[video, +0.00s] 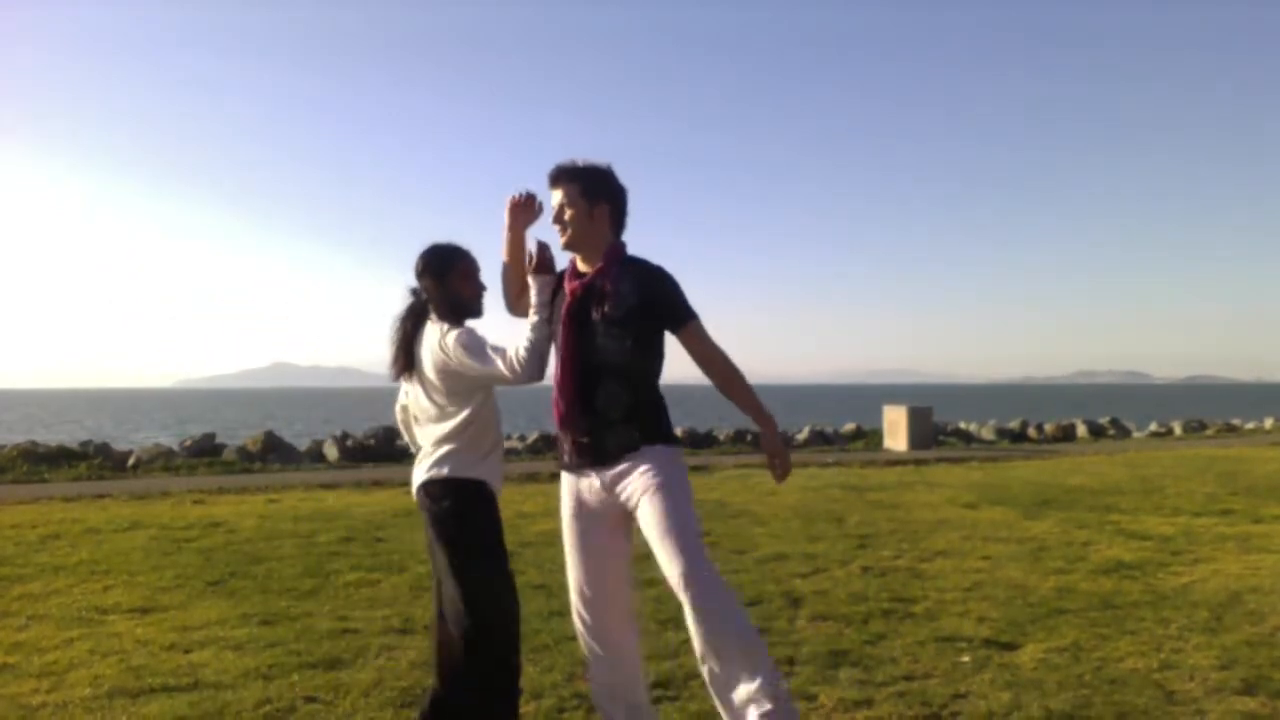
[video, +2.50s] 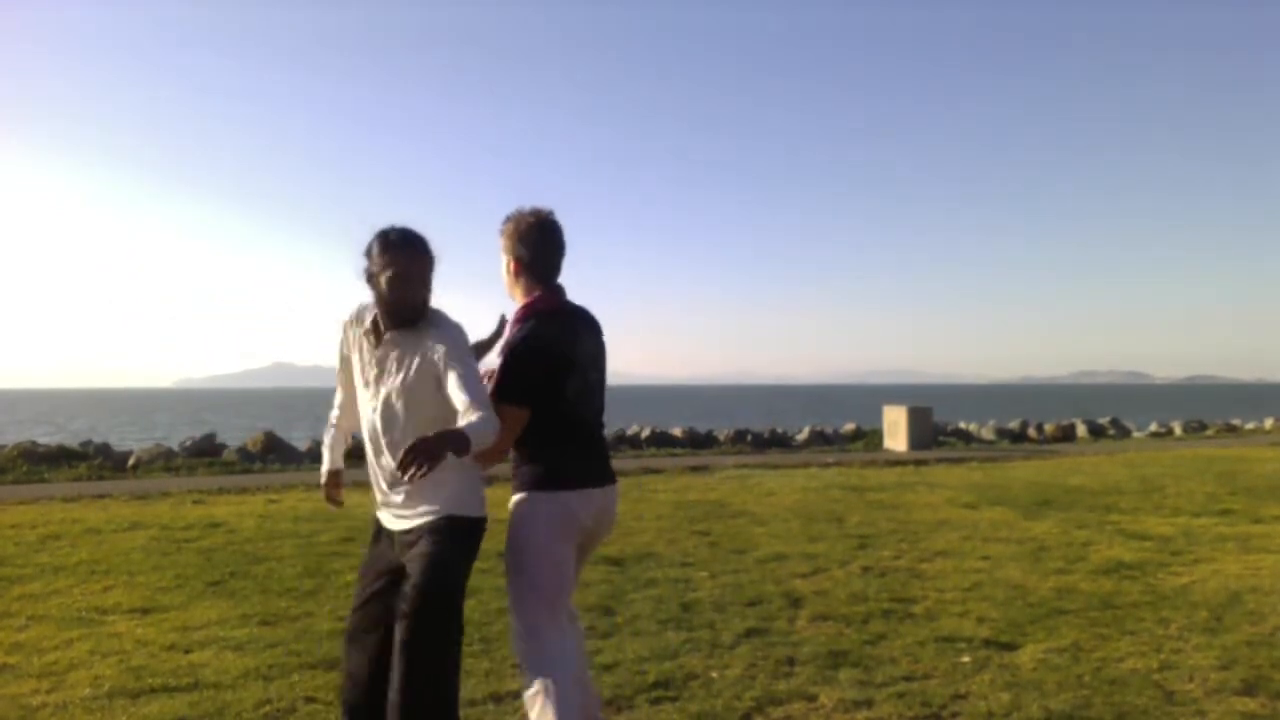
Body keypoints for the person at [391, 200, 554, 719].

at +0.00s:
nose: (481, 284)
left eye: (477, 275)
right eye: (470, 276)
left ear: (439, 288)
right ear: (444, 286)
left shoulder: (421, 340)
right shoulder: (452, 339)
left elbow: (405, 415)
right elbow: (524, 365)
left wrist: (438, 455)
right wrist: (544, 295)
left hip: (435, 483)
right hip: (463, 484)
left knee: (457, 608)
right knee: (493, 611)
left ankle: (452, 707)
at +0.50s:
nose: (492, 287)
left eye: (489, 278)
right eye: (480, 280)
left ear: (443, 294)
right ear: (447, 291)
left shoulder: (432, 344)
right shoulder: (474, 349)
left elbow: (413, 409)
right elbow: (550, 371)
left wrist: (448, 451)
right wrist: (552, 310)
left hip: (438, 490)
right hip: (467, 496)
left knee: (458, 616)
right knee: (482, 616)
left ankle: (455, 702)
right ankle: (489, 708)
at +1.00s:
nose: (477, 286)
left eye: (475, 276)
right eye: (468, 276)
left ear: (423, 281)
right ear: (433, 279)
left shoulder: (397, 340)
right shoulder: (442, 342)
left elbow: (384, 409)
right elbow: (526, 373)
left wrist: (462, 436)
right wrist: (531, 325)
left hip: (410, 497)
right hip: (441, 499)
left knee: (450, 639)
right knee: (471, 641)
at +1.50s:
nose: (501, 304)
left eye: (502, 294)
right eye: (497, 293)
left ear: (438, 288)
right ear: (478, 296)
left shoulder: (381, 331)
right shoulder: (478, 362)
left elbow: (314, 375)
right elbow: (523, 424)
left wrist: (280, 412)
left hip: (355, 517)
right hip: (427, 515)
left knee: (357, 644)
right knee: (455, 651)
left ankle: (348, 714)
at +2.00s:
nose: (359, 295)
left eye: (367, 281)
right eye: (359, 282)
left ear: (403, 277)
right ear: (415, 281)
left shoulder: (399, 323)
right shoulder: (466, 325)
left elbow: (325, 384)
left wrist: (224, 439)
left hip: (394, 506)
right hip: (459, 504)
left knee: (333, 645)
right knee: (423, 646)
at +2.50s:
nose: (407, 285)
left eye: (417, 273)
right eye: (393, 274)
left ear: (431, 276)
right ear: (372, 279)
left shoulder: (443, 335)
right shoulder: (356, 332)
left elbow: (484, 422)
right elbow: (346, 403)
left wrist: (446, 441)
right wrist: (332, 458)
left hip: (446, 518)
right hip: (391, 518)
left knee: (417, 641)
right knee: (364, 639)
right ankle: (362, 714)